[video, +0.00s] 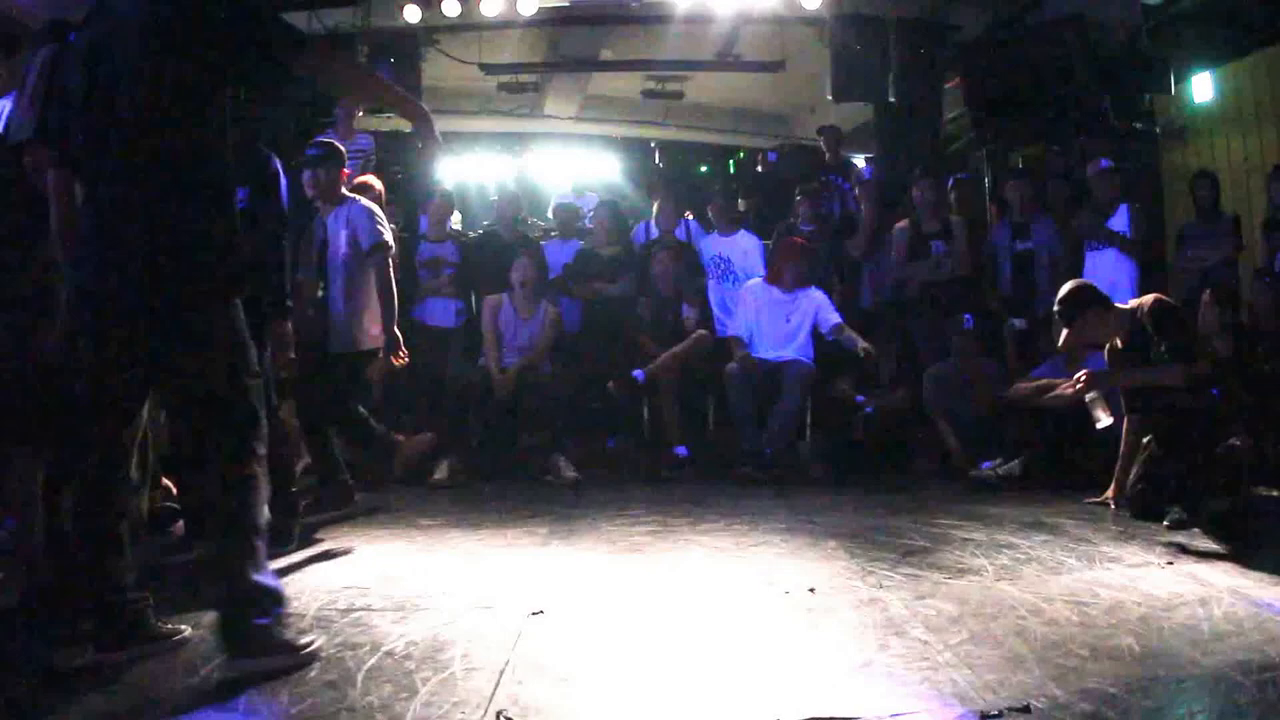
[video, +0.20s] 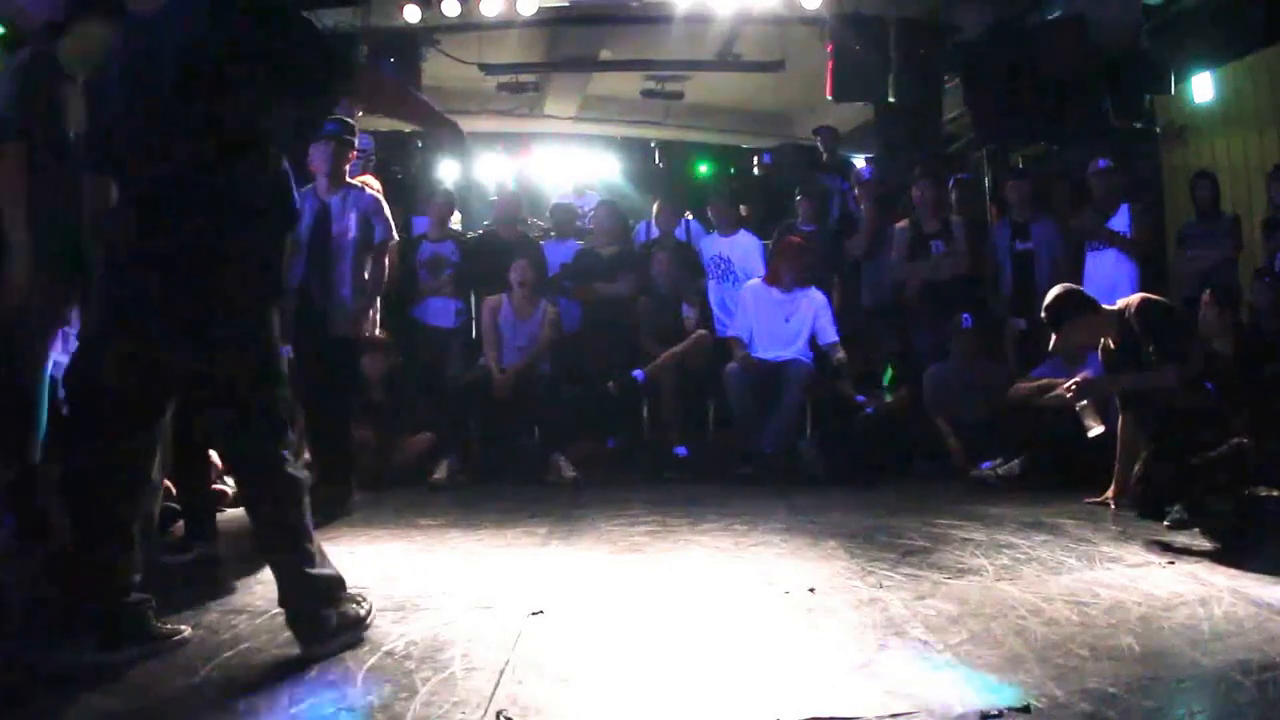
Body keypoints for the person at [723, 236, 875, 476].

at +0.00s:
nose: (800, 272)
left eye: (802, 265)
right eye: (794, 265)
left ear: (806, 266)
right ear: (779, 265)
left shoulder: (813, 296)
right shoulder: (753, 290)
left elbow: (837, 328)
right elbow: (736, 335)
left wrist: (859, 343)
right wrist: (742, 356)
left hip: (793, 362)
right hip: (758, 360)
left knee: (799, 374)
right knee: (734, 373)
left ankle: (774, 451)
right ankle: (750, 450)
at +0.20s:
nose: (794, 267)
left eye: (798, 262)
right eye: (788, 261)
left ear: (805, 264)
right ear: (776, 262)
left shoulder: (814, 298)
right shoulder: (752, 290)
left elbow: (831, 342)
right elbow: (737, 335)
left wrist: (839, 358)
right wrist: (743, 356)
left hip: (793, 361)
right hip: (759, 359)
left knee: (799, 373)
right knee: (733, 374)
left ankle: (774, 447)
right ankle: (750, 445)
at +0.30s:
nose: (791, 265)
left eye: (797, 259)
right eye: (786, 258)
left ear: (804, 263)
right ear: (774, 261)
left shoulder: (815, 299)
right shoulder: (753, 291)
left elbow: (825, 348)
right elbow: (736, 335)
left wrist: (818, 369)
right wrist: (742, 356)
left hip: (794, 361)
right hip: (759, 359)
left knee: (797, 374)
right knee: (734, 374)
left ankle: (774, 449)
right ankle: (748, 449)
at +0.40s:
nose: (790, 264)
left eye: (794, 258)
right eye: (784, 258)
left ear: (801, 262)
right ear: (772, 261)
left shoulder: (815, 299)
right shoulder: (752, 290)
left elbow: (823, 348)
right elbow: (736, 335)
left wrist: (811, 367)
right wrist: (742, 356)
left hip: (793, 360)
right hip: (758, 359)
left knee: (798, 374)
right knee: (733, 373)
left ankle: (771, 450)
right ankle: (749, 450)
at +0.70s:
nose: (782, 265)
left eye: (787, 259)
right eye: (777, 259)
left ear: (797, 262)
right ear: (769, 262)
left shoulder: (812, 298)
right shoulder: (748, 292)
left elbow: (822, 346)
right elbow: (734, 337)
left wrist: (802, 360)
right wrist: (741, 357)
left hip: (790, 361)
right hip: (756, 362)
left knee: (798, 375)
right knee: (732, 375)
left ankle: (774, 449)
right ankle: (749, 448)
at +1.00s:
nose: (780, 267)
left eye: (786, 260)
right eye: (775, 260)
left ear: (795, 262)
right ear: (767, 262)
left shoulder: (810, 297)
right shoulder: (745, 292)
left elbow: (820, 344)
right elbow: (733, 338)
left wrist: (799, 359)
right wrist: (739, 355)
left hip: (788, 360)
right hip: (755, 359)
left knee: (800, 374)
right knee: (732, 373)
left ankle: (776, 445)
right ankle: (746, 445)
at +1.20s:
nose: (779, 265)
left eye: (784, 259)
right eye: (773, 259)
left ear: (794, 261)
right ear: (765, 262)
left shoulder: (810, 298)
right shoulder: (744, 293)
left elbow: (821, 345)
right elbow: (733, 339)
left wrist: (798, 360)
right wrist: (739, 354)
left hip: (788, 361)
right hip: (755, 360)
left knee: (801, 375)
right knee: (731, 373)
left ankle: (774, 447)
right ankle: (747, 446)